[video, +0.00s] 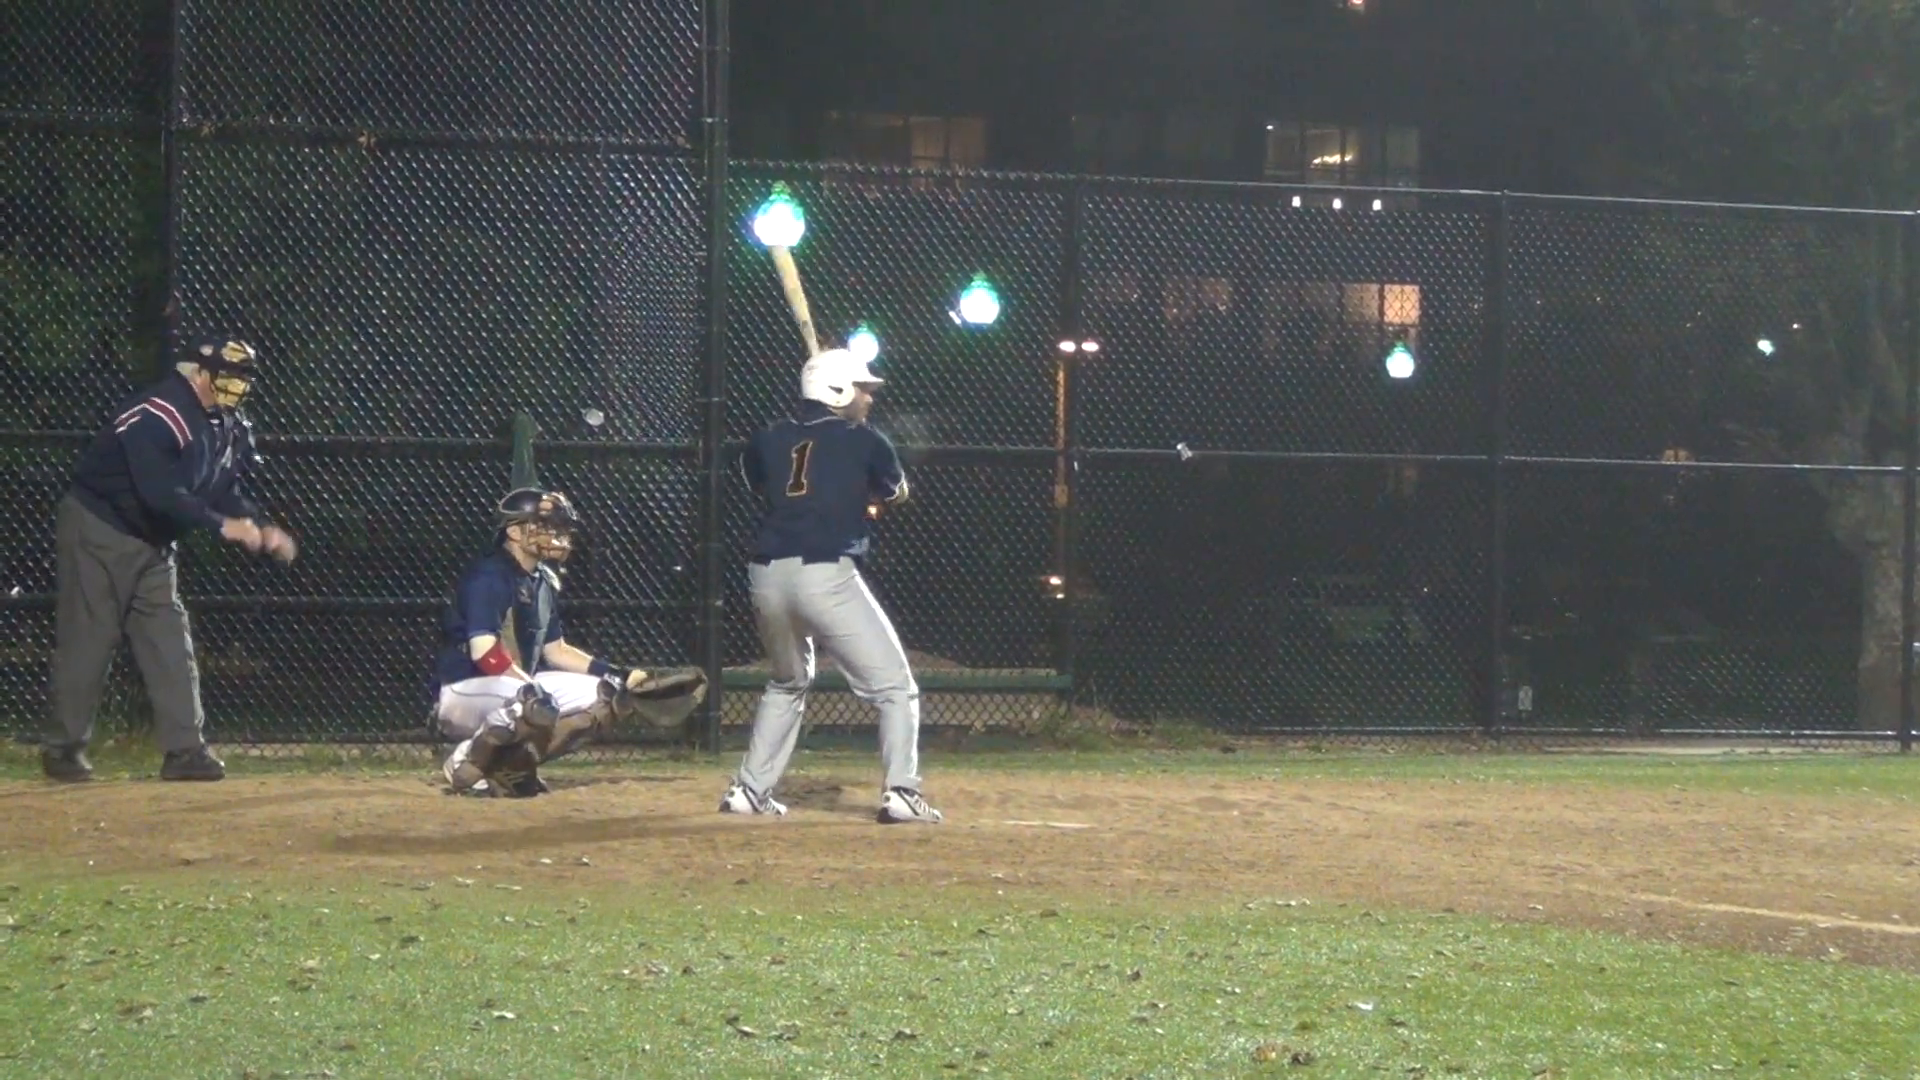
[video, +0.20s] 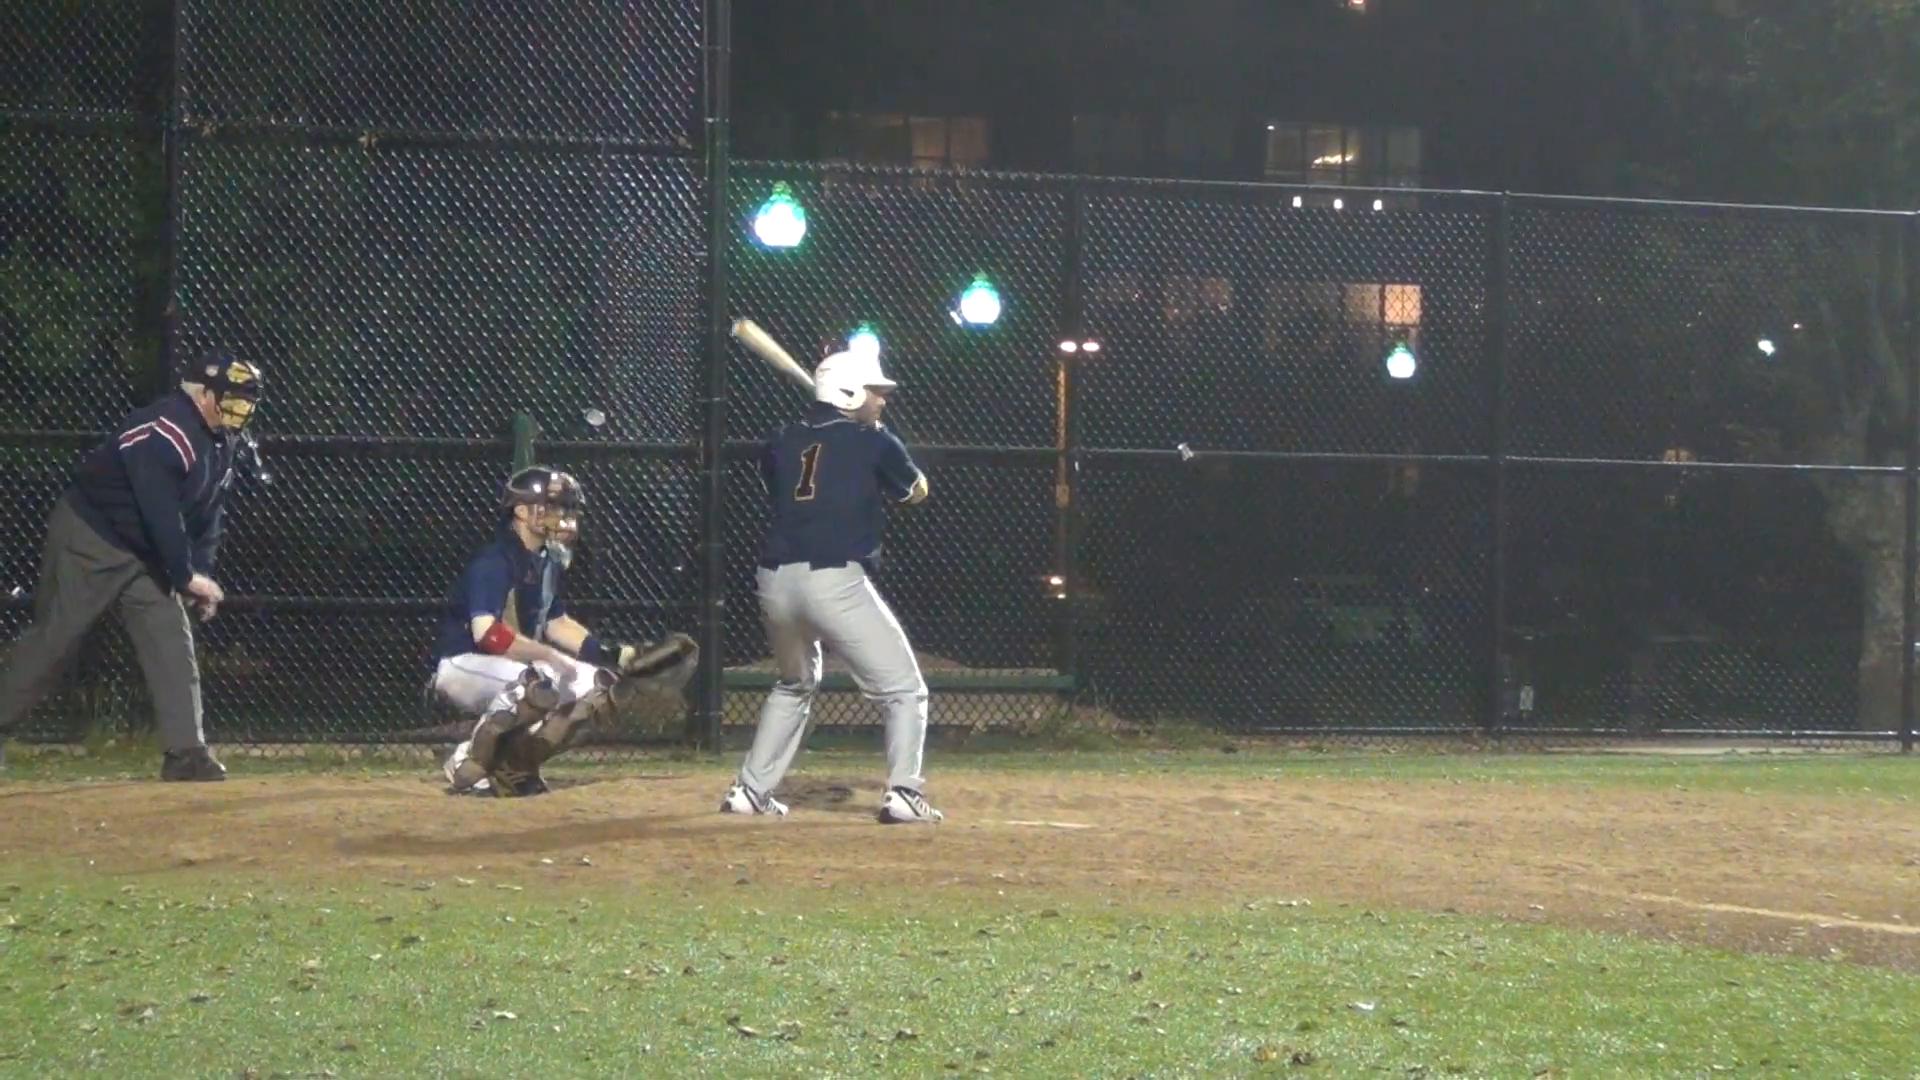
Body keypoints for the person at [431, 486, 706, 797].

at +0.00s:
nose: (552, 536)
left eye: (554, 529)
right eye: (542, 527)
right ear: (514, 533)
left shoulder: (540, 580)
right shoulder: (487, 576)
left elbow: (556, 650)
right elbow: (485, 653)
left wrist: (619, 675)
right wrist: (535, 693)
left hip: (515, 683)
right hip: (463, 691)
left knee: (606, 694)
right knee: (536, 705)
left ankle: (512, 766)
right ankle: (465, 767)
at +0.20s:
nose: (562, 518)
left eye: (564, 510)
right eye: (552, 509)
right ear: (523, 512)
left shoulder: (547, 562)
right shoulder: (494, 560)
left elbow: (555, 623)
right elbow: (487, 634)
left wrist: (615, 656)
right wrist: (546, 655)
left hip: (519, 661)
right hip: (463, 664)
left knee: (599, 685)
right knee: (538, 684)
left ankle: (516, 766)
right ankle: (467, 767)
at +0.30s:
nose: (571, 493)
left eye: (572, 485)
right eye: (559, 485)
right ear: (526, 487)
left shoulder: (553, 530)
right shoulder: (495, 530)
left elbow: (552, 591)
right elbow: (492, 612)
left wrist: (610, 626)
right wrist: (556, 626)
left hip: (523, 633)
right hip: (467, 637)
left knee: (605, 671)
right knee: (546, 663)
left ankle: (524, 761)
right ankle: (483, 763)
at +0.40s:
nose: (567, 483)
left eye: (569, 475)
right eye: (557, 474)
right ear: (528, 477)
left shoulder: (555, 521)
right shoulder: (495, 522)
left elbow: (558, 575)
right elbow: (499, 601)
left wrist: (603, 606)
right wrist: (565, 614)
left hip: (521, 621)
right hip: (465, 625)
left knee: (598, 653)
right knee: (536, 660)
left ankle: (542, 751)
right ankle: (483, 760)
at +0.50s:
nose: (570, 494)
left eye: (572, 486)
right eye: (560, 486)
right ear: (530, 489)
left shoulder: (557, 530)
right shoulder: (499, 532)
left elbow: (566, 584)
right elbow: (509, 613)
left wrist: (602, 607)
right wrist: (578, 617)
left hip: (522, 634)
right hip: (466, 635)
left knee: (601, 656)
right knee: (522, 681)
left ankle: (573, 755)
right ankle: (477, 769)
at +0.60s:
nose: (574, 516)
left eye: (575, 509)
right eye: (563, 509)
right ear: (533, 512)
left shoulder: (559, 554)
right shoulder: (504, 555)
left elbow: (574, 609)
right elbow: (518, 628)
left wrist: (604, 603)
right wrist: (588, 626)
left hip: (528, 650)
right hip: (468, 654)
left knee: (610, 664)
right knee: (526, 684)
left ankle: (584, 760)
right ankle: (477, 770)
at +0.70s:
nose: (578, 537)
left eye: (580, 529)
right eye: (568, 529)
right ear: (537, 531)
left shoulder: (569, 571)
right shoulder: (506, 573)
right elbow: (528, 640)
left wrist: (601, 613)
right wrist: (594, 627)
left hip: (536, 667)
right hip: (473, 675)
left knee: (624, 664)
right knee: (534, 686)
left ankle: (585, 763)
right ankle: (484, 771)